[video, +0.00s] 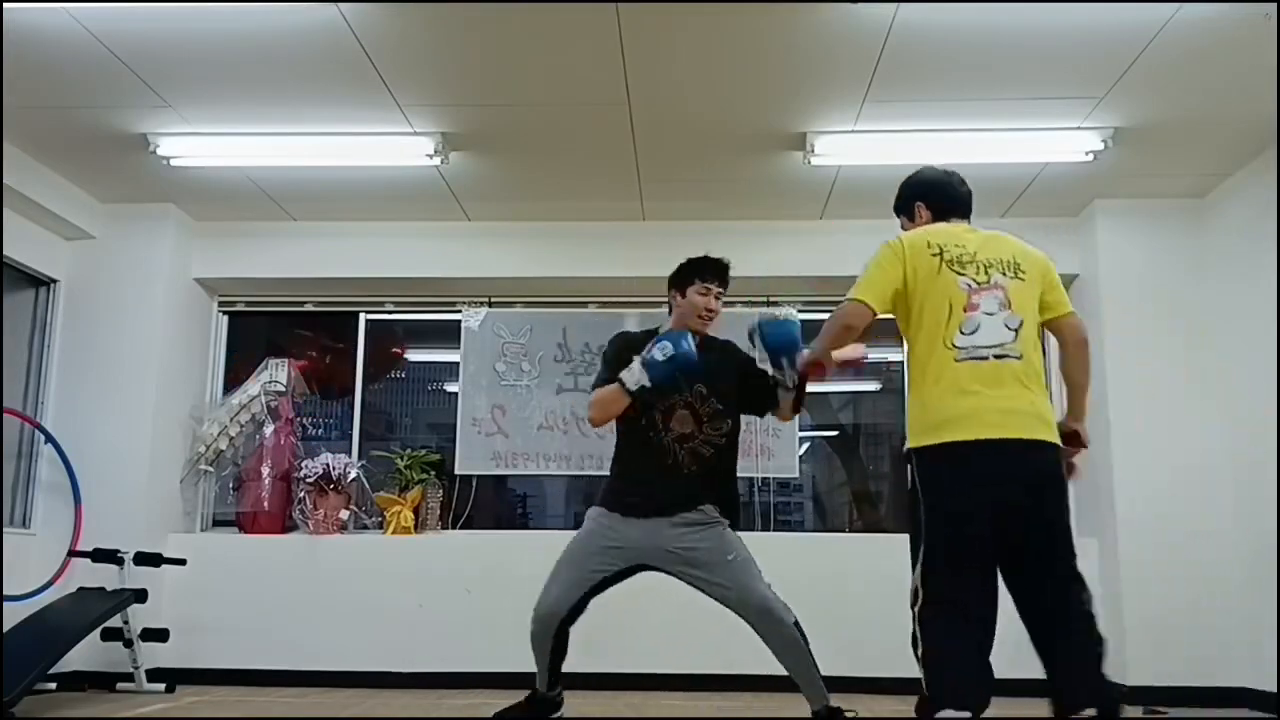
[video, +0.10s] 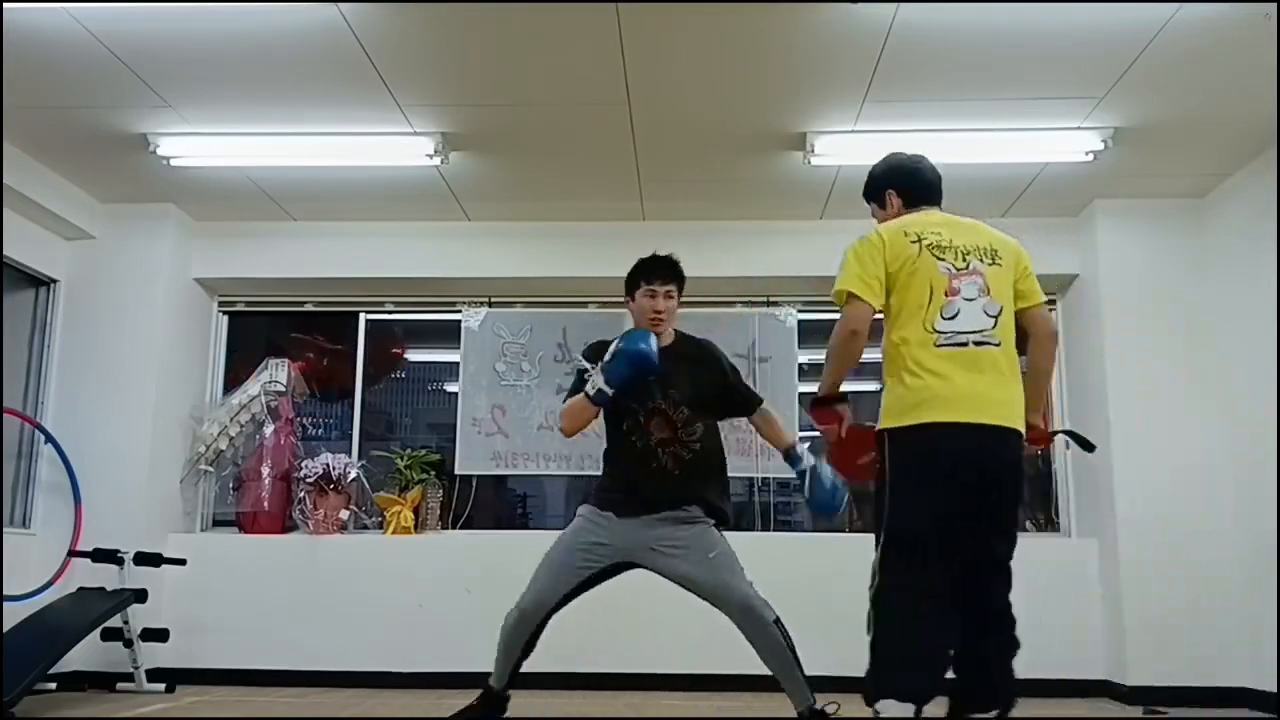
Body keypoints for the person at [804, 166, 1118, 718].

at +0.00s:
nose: (902, 229)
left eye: (901, 221)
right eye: (901, 222)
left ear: (920, 212)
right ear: (966, 213)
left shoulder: (906, 249)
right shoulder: (1027, 255)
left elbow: (853, 320)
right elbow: (1074, 335)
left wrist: (816, 356)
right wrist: (1075, 419)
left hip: (950, 449)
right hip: (1032, 447)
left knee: (952, 587)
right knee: (1052, 581)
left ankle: (955, 706)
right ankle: (1087, 702)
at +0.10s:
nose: (874, 219)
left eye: (875, 209)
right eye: (874, 210)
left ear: (893, 199)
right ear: (938, 198)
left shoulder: (883, 241)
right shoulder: (1004, 245)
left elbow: (856, 323)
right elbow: (1042, 330)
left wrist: (826, 392)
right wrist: (1036, 412)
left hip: (922, 430)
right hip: (999, 434)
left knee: (909, 570)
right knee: (987, 574)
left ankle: (899, 703)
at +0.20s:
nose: (843, 247)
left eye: (842, 233)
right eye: (839, 235)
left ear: (864, 220)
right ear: (901, 219)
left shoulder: (862, 266)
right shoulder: (973, 269)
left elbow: (838, 358)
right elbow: (1013, 357)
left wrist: (819, 431)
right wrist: (1010, 445)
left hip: (892, 455)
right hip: (970, 464)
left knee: (846, 583)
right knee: (934, 605)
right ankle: (949, 711)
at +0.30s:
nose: (805, 276)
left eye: (805, 261)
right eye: (801, 264)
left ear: (832, 248)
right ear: (861, 247)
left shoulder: (836, 297)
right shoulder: (939, 297)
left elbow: (820, 404)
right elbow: (978, 391)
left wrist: (799, 472)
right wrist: (994, 477)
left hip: (863, 490)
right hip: (939, 498)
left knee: (784, 598)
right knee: (916, 630)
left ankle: (725, 705)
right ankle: (940, 713)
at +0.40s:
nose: (758, 290)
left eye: (754, 275)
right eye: (752, 278)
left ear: (777, 258)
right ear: (815, 255)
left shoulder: (794, 314)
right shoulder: (899, 300)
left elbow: (789, 427)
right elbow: (947, 391)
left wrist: (771, 484)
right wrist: (979, 473)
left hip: (827, 502)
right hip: (904, 507)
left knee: (744, 621)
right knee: (888, 634)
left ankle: (708, 710)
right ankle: (932, 715)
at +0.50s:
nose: (697, 283)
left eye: (695, 268)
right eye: (694, 271)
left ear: (713, 255)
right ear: (756, 248)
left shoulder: (746, 310)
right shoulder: (845, 290)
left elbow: (743, 425)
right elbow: (909, 371)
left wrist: (741, 469)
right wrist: (957, 448)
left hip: (805, 501)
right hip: (878, 499)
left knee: (710, 627)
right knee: (867, 631)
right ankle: (922, 713)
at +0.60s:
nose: (647, 283)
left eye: (641, 268)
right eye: (639, 271)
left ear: (658, 252)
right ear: (701, 238)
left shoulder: (701, 294)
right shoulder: (790, 271)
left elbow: (707, 406)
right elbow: (865, 340)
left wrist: (706, 458)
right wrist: (923, 416)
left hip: (790, 486)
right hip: (864, 477)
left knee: (697, 638)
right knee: (876, 639)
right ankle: (919, 712)